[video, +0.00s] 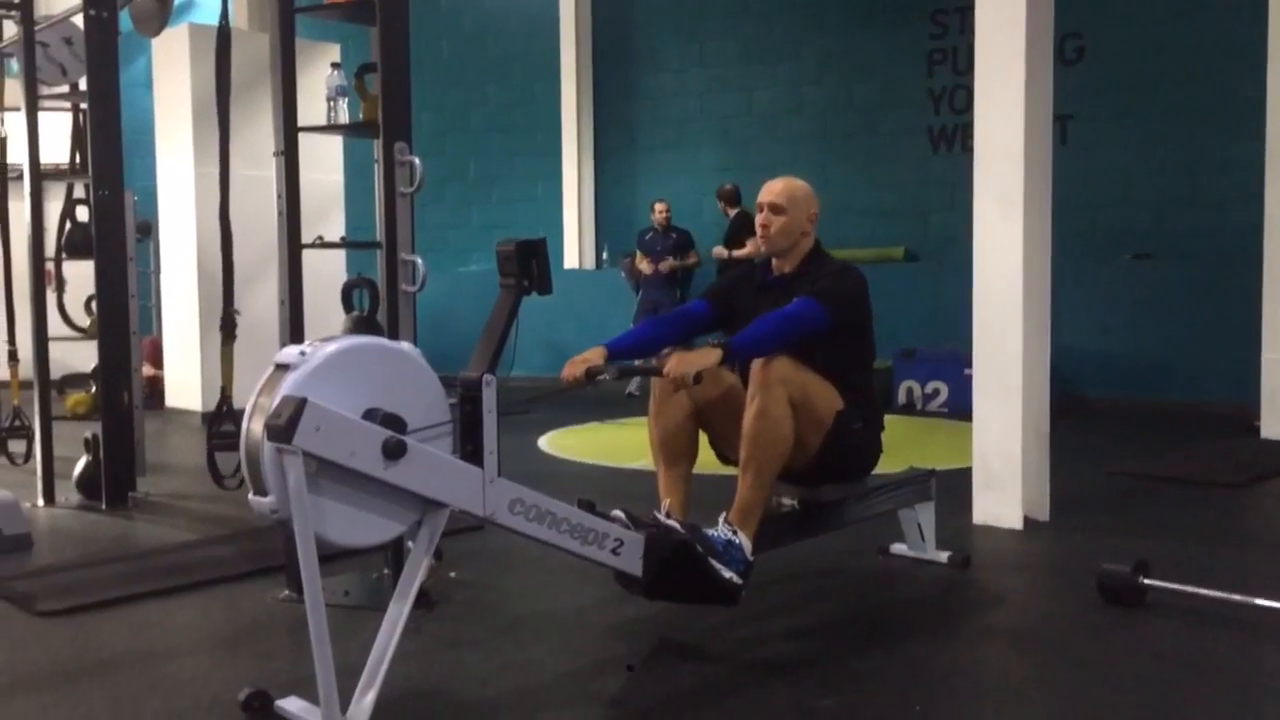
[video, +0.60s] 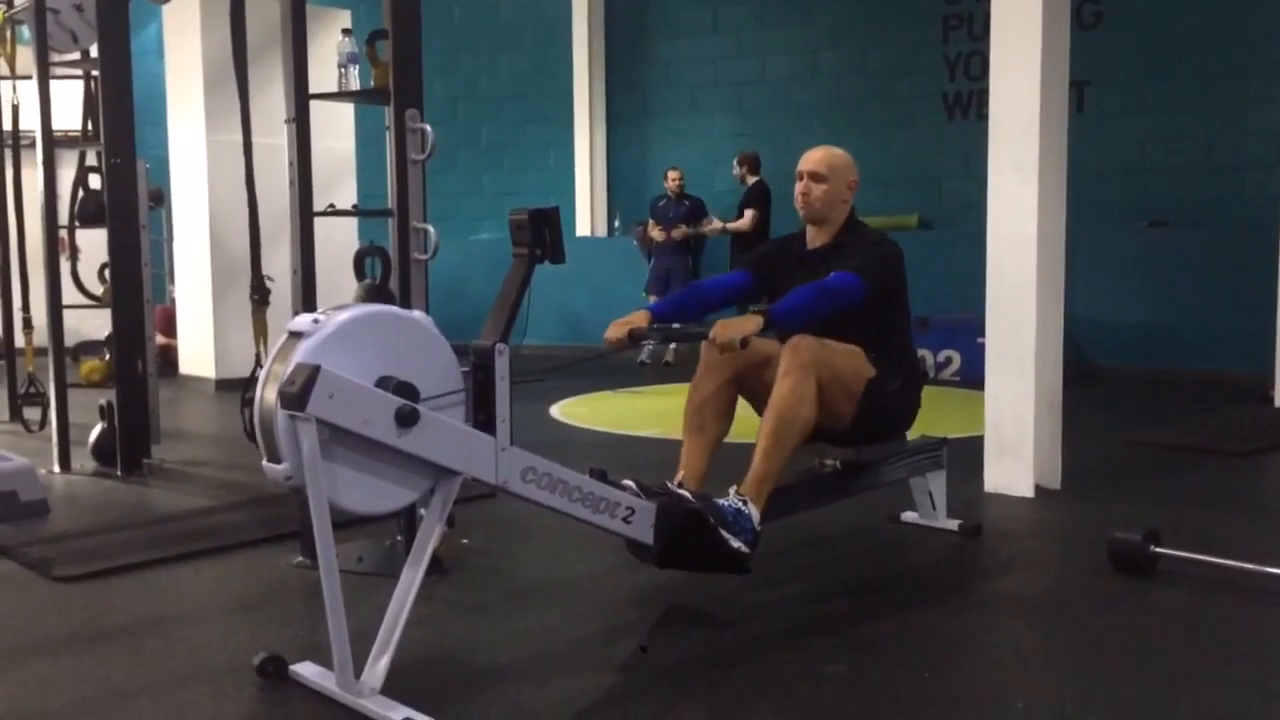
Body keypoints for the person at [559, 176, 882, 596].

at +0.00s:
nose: (761, 221)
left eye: (775, 211)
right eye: (759, 211)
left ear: (809, 223)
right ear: (753, 219)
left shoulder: (841, 281)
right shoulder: (744, 279)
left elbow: (790, 323)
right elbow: (683, 321)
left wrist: (720, 351)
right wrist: (605, 351)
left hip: (841, 449)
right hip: (766, 445)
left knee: (771, 368)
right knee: (673, 374)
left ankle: (737, 537)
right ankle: (671, 524)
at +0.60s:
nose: (802, 188)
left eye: (816, 179)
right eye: (799, 179)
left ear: (848, 191)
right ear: (793, 186)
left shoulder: (877, 252)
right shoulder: (783, 252)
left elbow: (830, 294)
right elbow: (718, 291)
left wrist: (762, 317)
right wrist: (649, 314)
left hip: (880, 400)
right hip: (806, 400)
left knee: (801, 350)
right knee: (720, 350)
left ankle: (746, 509)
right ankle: (684, 492)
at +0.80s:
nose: (833, 172)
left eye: (846, 164)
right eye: (830, 164)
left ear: (877, 174)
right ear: (824, 172)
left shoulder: (903, 236)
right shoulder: (809, 238)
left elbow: (860, 277)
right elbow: (753, 276)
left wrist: (797, 301)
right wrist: (684, 304)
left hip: (895, 377)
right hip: (822, 372)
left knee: (810, 358)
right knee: (732, 353)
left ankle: (746, 502)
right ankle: (682, 485)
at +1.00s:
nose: (883, 170)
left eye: (896, 160)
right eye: (879, 161)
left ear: (926, 170)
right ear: (873, 168)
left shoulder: (946, 230)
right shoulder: (854, 233)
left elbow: (918, 273)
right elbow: (802, 278)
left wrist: (856, 292)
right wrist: (742, 298)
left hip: (911, 363)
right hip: (844, 354)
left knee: (820, 377)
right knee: (752, 368)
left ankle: (745, 499)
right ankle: (678, 481)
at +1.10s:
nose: (905, 179)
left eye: (918, 171)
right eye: (901, 170)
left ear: (946, 179)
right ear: (896, 177)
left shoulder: (968, 235)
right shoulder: (869, 239)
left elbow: (952, 287)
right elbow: (825, 291)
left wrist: (889, 293)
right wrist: (778, 299)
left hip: (920, 360)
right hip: (855, 350)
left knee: (830, 384)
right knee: (774, 381)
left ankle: (746, 497)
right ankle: (680, 482)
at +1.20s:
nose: (919, 192)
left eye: (931, 182)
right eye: (914, 183)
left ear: (959, 187)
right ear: (910, 187)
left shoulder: (987, 245)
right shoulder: (887, 245)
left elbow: (985, 304)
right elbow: (846, 303)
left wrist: (927, 295)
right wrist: (813, 304)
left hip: (924, 353)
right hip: (863, 344)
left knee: (834, 405)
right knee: (789, 396)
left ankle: (746, 496)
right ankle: (690, 480)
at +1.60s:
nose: (862, 182)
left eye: (874, 173)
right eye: (856, 173)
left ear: (905, 174)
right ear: (851, 176)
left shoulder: (943, 231)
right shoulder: (843, 233)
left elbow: (955, 305)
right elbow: (809, 286)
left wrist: (888, 296)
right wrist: (771, 301)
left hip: (913, 363)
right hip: (845, 355)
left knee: (828, 373)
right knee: (760, 364)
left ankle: (748, 493)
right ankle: (686, 476)